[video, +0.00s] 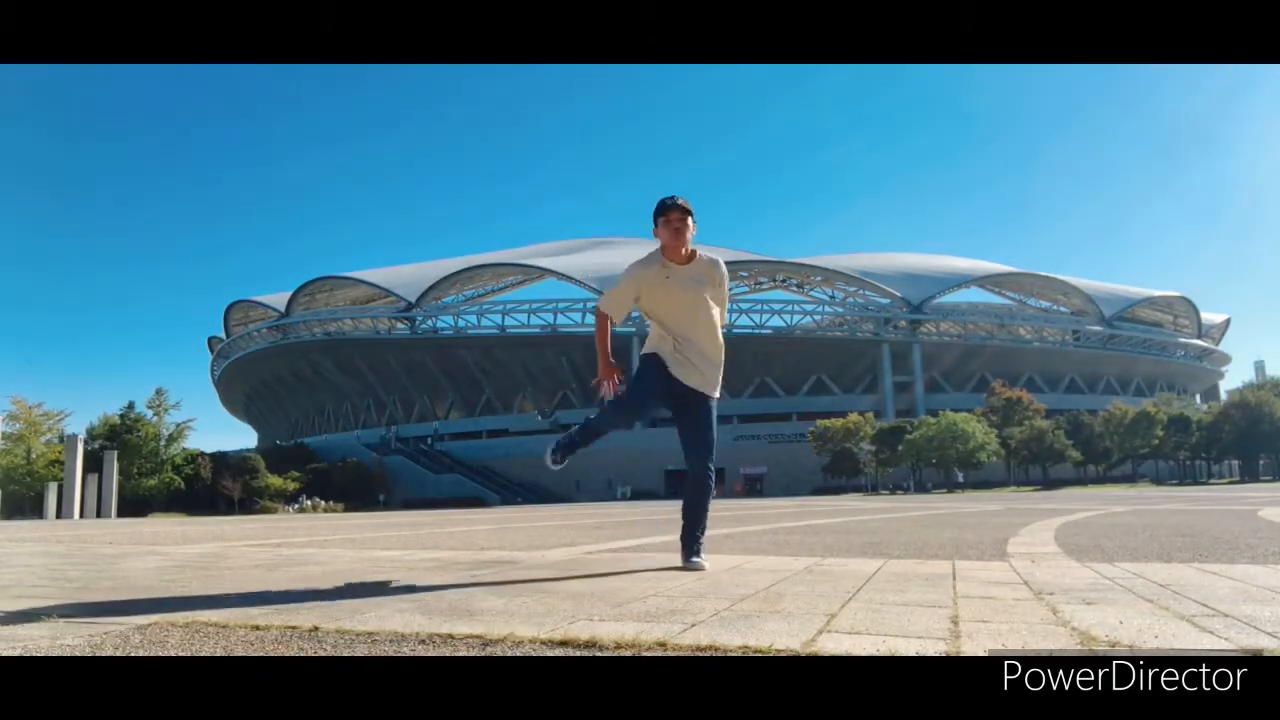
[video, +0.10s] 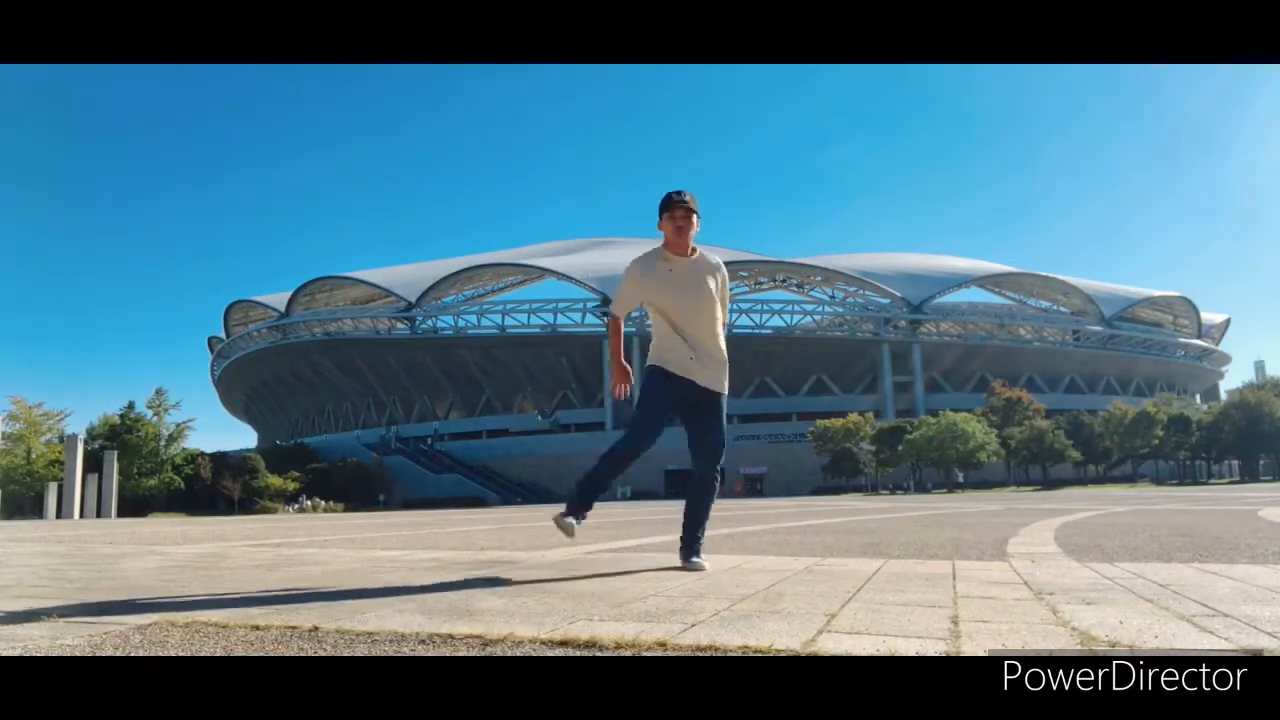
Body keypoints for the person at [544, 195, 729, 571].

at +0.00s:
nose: (677, 230)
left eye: (683, 223)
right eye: (669, 224)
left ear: (694, 228)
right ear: (656, 230)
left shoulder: (715, 270)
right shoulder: (643, 273)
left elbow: (719, 319)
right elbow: (605, 311)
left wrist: (700, 355)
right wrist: (604, 362)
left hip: (702, 378)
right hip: (661, 362)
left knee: (702, 468)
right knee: (629, 410)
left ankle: (692, 548)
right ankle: (572, 442)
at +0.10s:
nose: (684, 223)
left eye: (689, 217)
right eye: (676, 217)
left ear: (698, 223)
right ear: (662, 224)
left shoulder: (715, 269)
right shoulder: (644, 267)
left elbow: (719, 322)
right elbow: (616, 315)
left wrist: (710, 365)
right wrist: (618, 363)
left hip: (710, 381)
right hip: (665, 371)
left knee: (709, 466)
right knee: (639, 439)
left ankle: (692, 549)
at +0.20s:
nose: (684, 233)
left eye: (690, 227)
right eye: (677, 227)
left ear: (699, 233)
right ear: (664, 232)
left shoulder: (713, 275)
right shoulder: (640, 273)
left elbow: (731, 323)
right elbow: (631, 319)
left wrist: (707, 351)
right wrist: (649, 352)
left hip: (701, 363)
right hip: (655, 364)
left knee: (704, 451)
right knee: (664, 442)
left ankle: (695, 544)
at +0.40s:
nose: (682, 239)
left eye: (688, 233)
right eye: (674, 233)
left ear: (696, 239)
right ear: (661, 239)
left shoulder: (714, 283)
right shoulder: (639, 281)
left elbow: (745, 328)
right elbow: (606, 321)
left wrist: (754, 370)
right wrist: (608, 368)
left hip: (705, 379)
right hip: (659, 368)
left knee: (707, 467)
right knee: (681, 391)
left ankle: (685, 546)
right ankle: (742, 465)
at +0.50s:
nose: (678, 226)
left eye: (684, 220)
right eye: (670, 220)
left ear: (694, 225)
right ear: (657, 227)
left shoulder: (714, 270)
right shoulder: (638, 267)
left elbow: (744, 310)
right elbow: (589, 295)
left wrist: (766, 350)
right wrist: (559, 329)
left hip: (703, 363)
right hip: (659, 354)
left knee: (708, 458)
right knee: (667, 388)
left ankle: (685, 541)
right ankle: (679, 440)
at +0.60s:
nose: (673, 219)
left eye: (679, 212)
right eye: (665, 213)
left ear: (690, 218)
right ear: (653, 220)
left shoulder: (712, 263)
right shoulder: (636, 260)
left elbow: (743, 303)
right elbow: (600, 293)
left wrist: (760, 342)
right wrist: (585, 322)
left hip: (694, 365)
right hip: (655, 354)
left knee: (703, 461)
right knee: (646, 352)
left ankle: (697, 545)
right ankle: (648, 453)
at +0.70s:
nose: (672, 207)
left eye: (678, 201)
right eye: (665, 201)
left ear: (688, 207)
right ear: (652, 208)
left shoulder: (705, 252)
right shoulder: (634, 249)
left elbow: (731, 298)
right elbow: (611, 301)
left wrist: (753, 338)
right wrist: (601, 347)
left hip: (686, 357)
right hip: (643, 348)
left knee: (696, 454)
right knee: (635, 389)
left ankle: (695, 543)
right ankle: (632, 429)